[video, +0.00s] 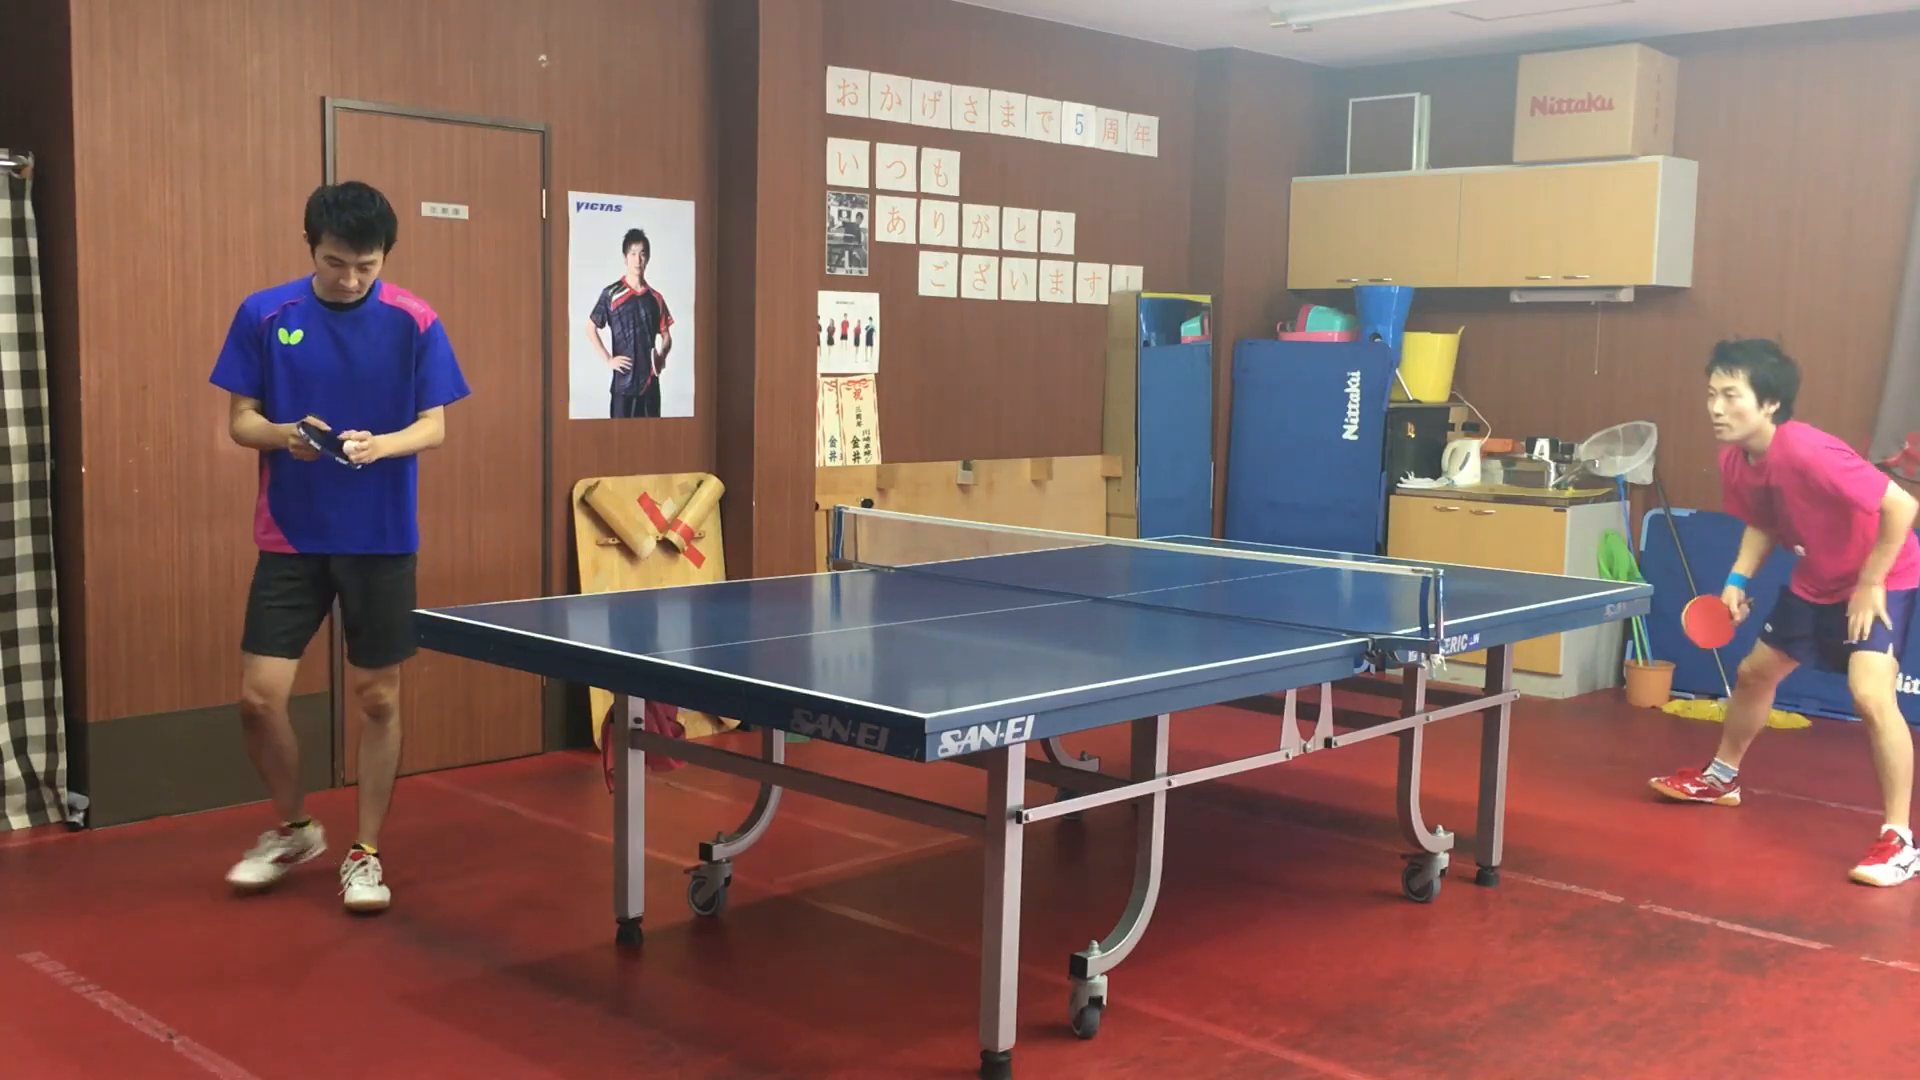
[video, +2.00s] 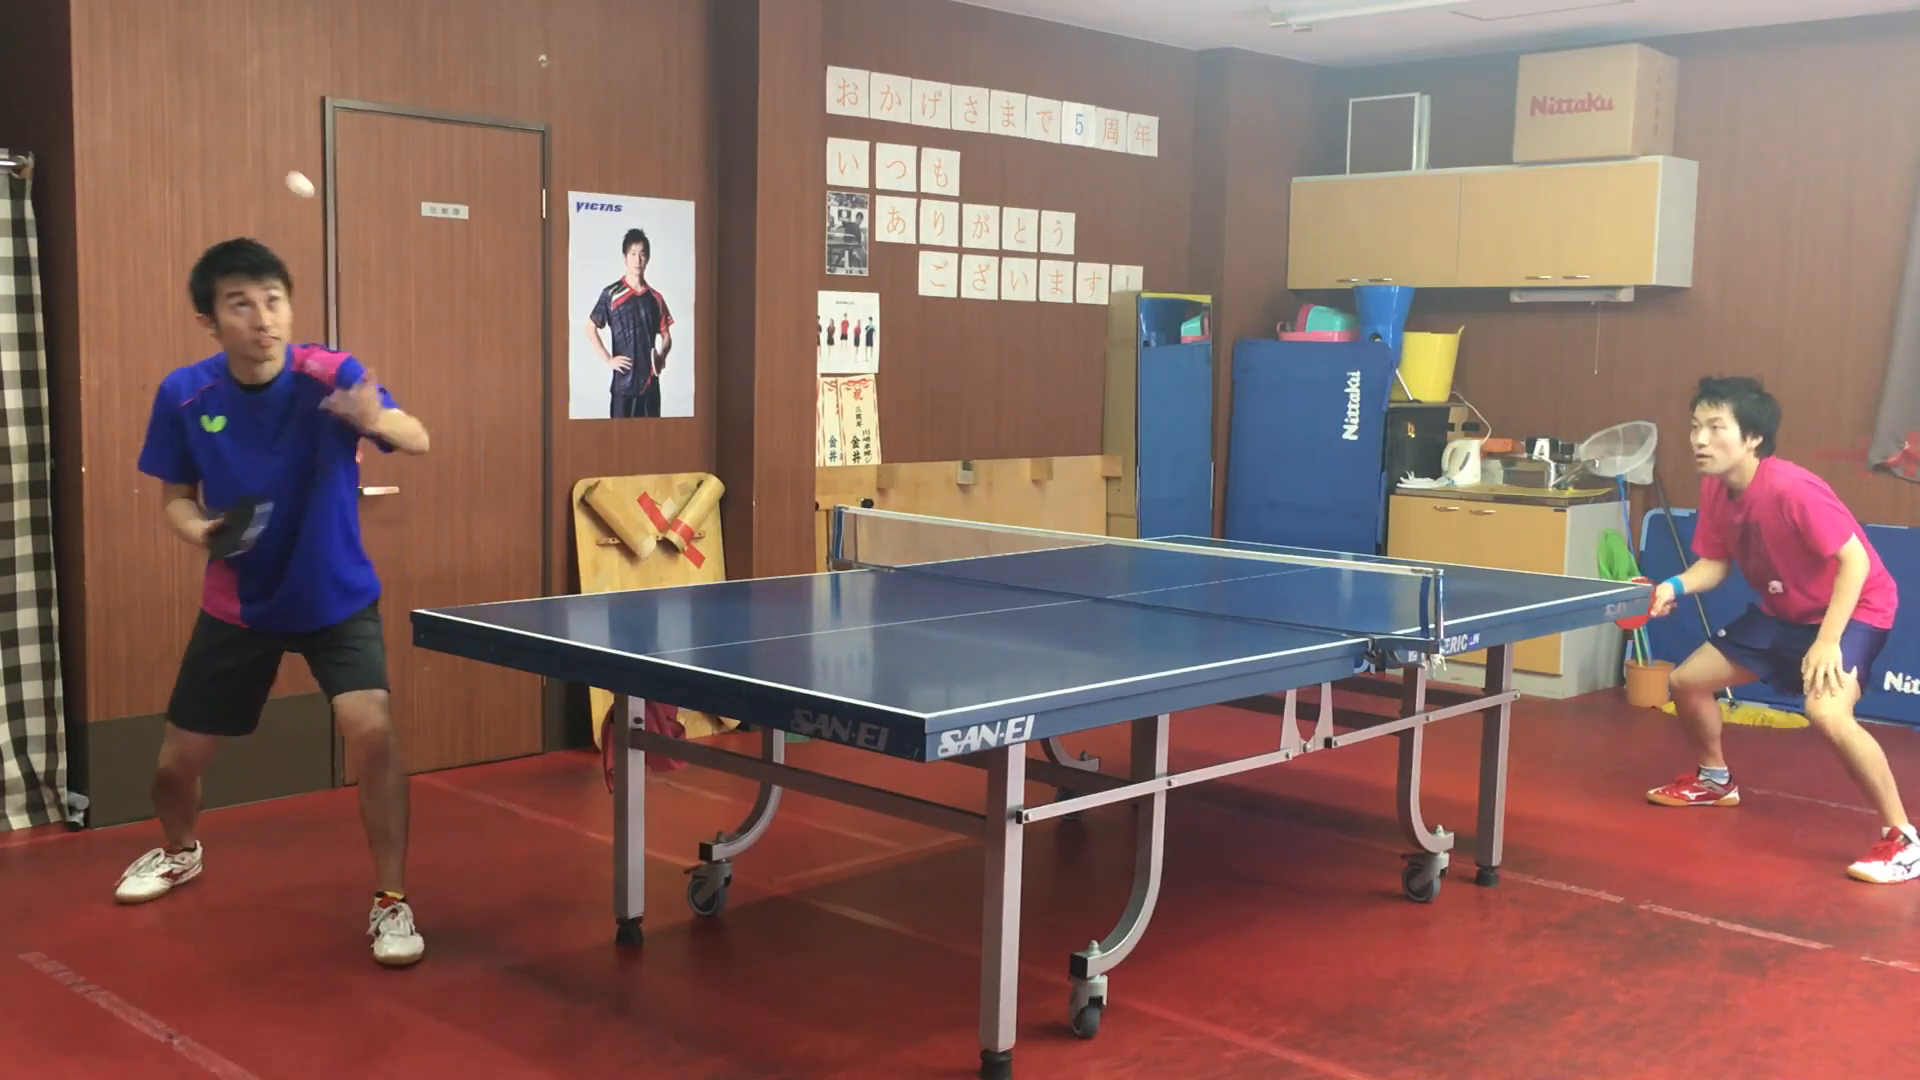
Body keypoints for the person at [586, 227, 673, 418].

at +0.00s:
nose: (638, 260)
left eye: (643, 254)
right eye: (633, 254)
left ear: (648, 258)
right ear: (625, 257)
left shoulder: (655, 297)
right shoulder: (611, 294)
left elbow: (666, 336)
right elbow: (591, 327)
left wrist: (662, 355)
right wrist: (608, 359)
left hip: (649, 378)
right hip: (624, 379)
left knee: (650, 436)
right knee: (622, 436)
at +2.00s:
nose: (639, 259)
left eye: (643, 254)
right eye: (633, 254)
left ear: (648, 258)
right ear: (625, 257)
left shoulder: (655, 297)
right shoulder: (611, 294)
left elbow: (666, 336)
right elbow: (591, 327)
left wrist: (662, 355)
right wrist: (608, 359)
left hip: (649, 378)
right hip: (624, 379)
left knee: (650, 436)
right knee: (622, 436)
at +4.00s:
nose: (639, 259)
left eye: (643, 254)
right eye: (633, 254)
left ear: (648, 258)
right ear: (625, 257)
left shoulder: (655, 298)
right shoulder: (611, 294)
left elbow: (666, 336)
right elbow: (590, 328)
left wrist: (661, 357)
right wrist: (608, 359)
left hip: (650, 380)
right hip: (624, 380)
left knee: (649, 437)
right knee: (622, 438)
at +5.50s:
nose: (638, 262)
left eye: (642, 256)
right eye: (633, 257)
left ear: (647, 260)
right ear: (625, 260)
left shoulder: (654, 297)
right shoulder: (613, 295)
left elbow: (665, 335)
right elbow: (592, 332)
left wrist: (661, 357)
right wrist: (609, 359)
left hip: (648, 373)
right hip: (622, 372)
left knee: (652, 428)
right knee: (623, 427)